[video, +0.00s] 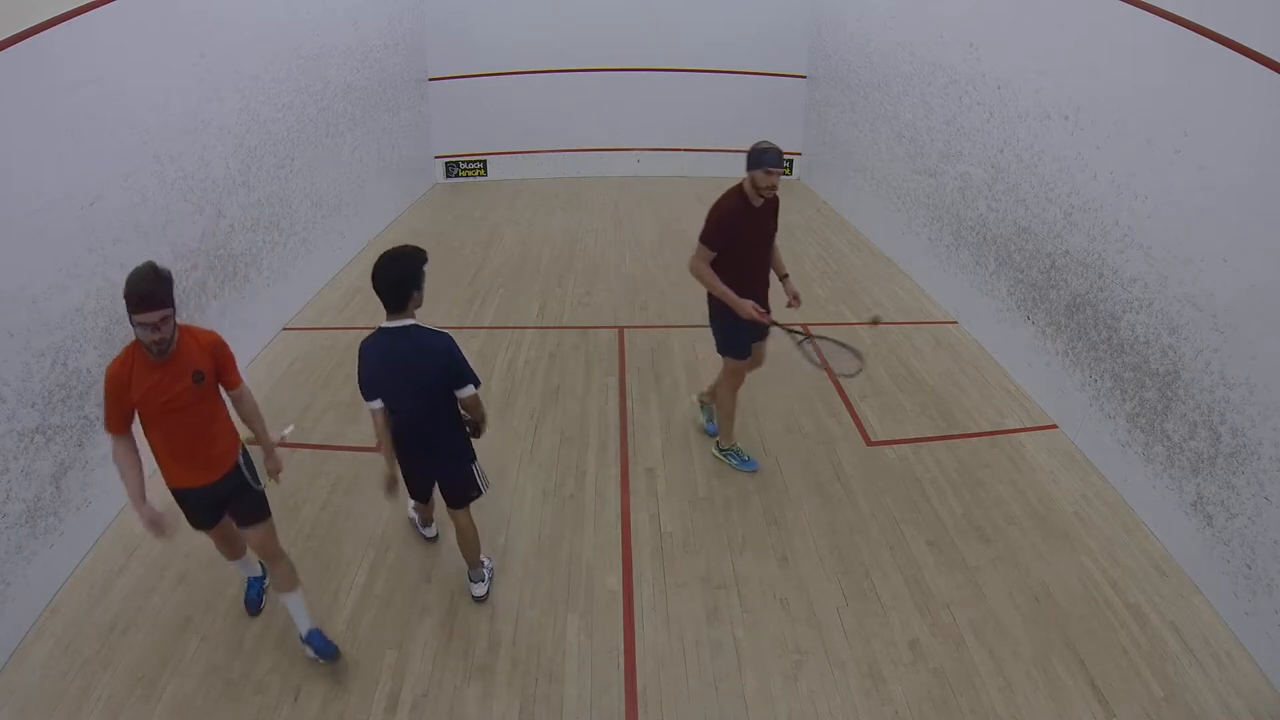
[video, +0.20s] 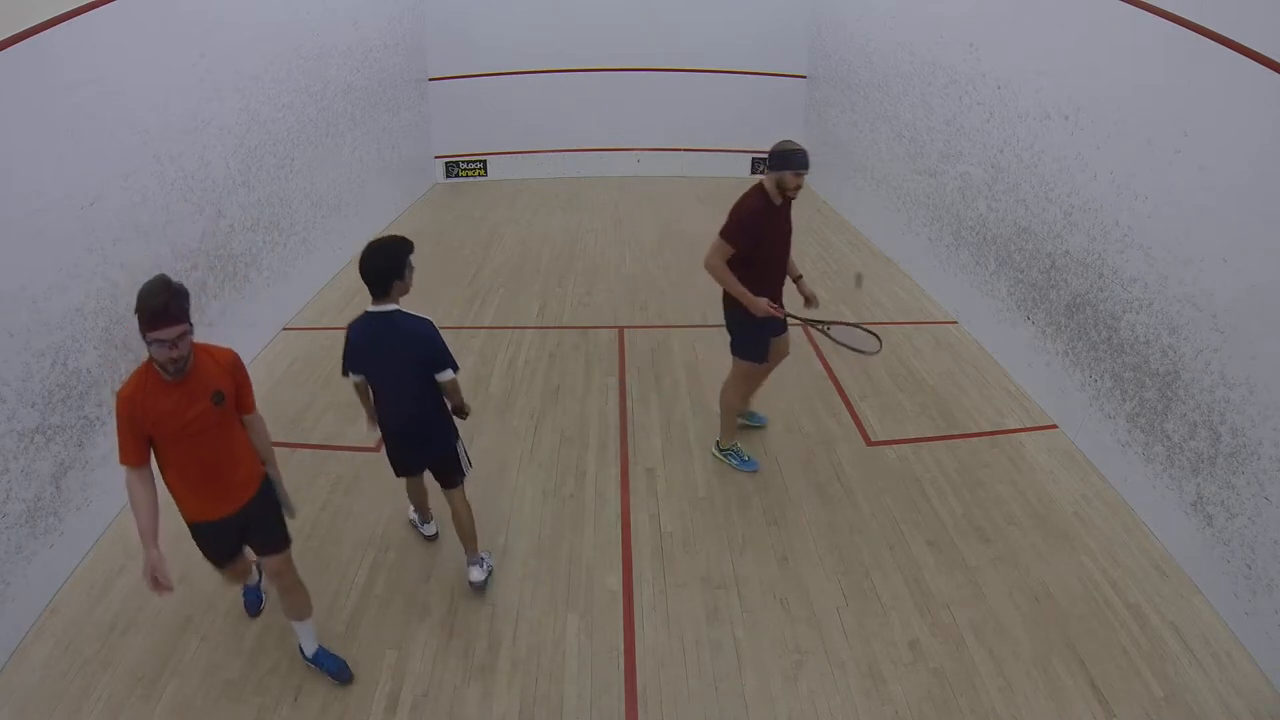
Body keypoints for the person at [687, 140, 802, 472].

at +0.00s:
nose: (772, 181)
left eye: (777, 174)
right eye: (766, 174)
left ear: (780, 173)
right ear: (749, 171)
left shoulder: (771, 200)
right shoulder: (727, 208)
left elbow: (768, 243)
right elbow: (697, 264)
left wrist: (786, 281)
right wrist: (737, 302)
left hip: (757, 297)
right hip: (727, 301)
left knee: (755, 359)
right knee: (734, 370)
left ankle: (708, 397)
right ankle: (725, 444)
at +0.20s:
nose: (799, 183)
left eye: (803, 176)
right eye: (794, 176)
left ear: (802, 173)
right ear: (774, 171)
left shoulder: (783, 197)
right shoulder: (749, 208)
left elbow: (778, 247)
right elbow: (713, 261)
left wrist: (800, 282)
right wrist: (750, 300)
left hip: (771, 302)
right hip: (745, 306)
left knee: (777, 351)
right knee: (745, 373)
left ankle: (739, 405)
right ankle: (726, 442)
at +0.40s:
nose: (822, 179)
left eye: (823, 172)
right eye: (818, 172)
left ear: (798, 171)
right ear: (799, 171)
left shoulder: (792, 200)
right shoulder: (772, 208)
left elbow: (789, 248)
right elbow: (746, 266)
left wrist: (824, 265)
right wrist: (771, 309)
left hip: (779, 302)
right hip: (759, 307)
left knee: (785, 351)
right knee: (751, 372)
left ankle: (777, 415)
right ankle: (726, 443)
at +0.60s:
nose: (828, 171)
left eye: (828, 164)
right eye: (826, 164)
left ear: (801, 162)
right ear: (815, 165)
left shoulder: (791, 191)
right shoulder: (793, 201)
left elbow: (795, 233)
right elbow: (784, 262)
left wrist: (823, 217)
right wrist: (801, 312)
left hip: (783, 294)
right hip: (782, 299)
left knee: (785, 360)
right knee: (783, 368)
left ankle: (778, 415)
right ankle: (737, 435)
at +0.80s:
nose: (831, 163)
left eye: (828, 158)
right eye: (831, 158)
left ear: (801, 158)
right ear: (828, 160)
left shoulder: (783, 188)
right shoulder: (823, 200)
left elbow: (787, 238)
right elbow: (824, 262)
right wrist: (834, 306)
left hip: (776, 287)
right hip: (807, 294)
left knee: (779, 348)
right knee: (818, 354)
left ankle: (777, 415)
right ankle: (780, 415)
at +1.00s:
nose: (832, 163)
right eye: (836, 158)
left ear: (810, 157)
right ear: (837, 160)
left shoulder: (789, 189)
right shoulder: (843, 199)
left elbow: (777, 238)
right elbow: (857, 255)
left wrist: (791, 255)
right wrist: (864, 287)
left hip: (784, 286)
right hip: (821, 290)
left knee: (782, 351)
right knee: (819, 351)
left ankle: (776, 416)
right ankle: (818, 405)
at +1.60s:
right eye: (857, 154)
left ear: (835, 153)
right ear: (861, 156)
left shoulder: (815, 182)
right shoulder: (871, 193)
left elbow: (793, 227)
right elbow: (880, 246)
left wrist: (813, 233)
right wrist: (881, 283)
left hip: (808, 272)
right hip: (842, 279)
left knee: (790, 322)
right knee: (826, 339)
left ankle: (774, 381)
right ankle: (815, 396)